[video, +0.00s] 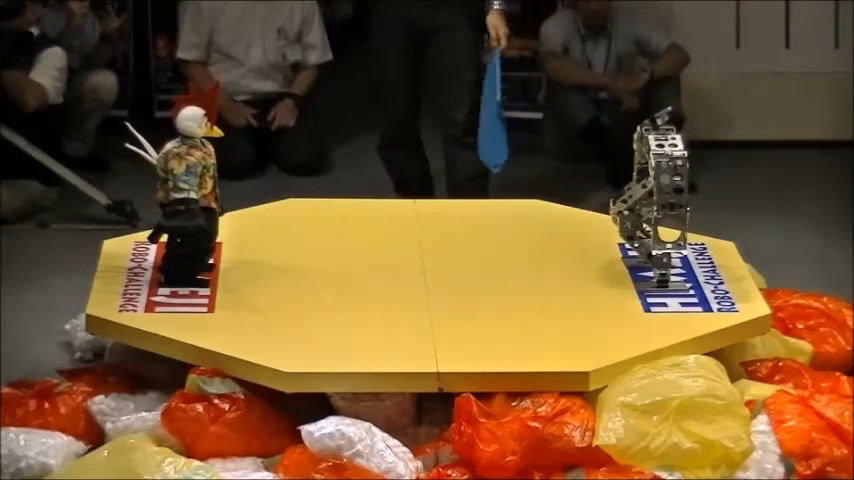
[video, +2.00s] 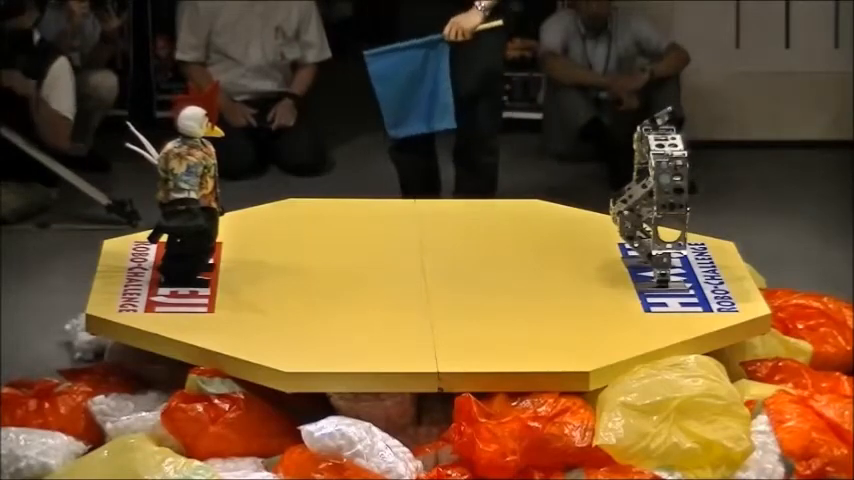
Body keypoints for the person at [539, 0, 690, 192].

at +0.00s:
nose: (596, 8)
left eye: (602, 2)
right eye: (588, 2)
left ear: (610, 4)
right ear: (574, 5)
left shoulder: (625, 25)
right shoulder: (557, 26)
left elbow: (679, 56)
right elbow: (554, 67)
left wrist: (644, 76)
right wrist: (612, 84)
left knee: (666, 81)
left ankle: (668, 166)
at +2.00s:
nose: (595, 9)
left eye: (601, 2)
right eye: (587, 2)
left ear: (611, 4)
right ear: (574, 5)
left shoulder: (630, 24)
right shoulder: (558, 25)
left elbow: (679, 56)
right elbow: (552, 67)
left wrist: (644, 76)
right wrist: (611, 83)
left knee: (666, 81)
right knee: (564, 88)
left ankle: (670, 166)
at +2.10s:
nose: (597, 10)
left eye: (603, 3)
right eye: (590, 3)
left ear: (611, 5)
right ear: (576, 5)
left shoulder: (628, 24)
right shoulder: (558, 25)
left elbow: (679, 56)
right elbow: (553, 66)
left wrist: (643, 77)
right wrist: (610, 83)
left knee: (667, 81)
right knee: (564, 85)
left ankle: (669, 166)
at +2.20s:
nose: (597, 10)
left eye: (603, 3)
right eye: (590, 3)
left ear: (611, 5)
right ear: (577, 5)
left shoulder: (628, 24)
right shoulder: (559, 24)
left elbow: (679, 56)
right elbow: (552, 66)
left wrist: (643, 76)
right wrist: (609, 83)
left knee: (667, 82)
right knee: (563, 89)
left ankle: (668, 166)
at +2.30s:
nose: (596, 9)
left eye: (602, 3)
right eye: (589, 3)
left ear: (611, 5)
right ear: (577, 5)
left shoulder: (628, 24)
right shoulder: (567, 21)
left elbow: (679, 56)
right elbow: (550, 64)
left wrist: (643, 76)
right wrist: (608, 83)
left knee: (667, 80)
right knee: (562, 84)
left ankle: (668, 163)